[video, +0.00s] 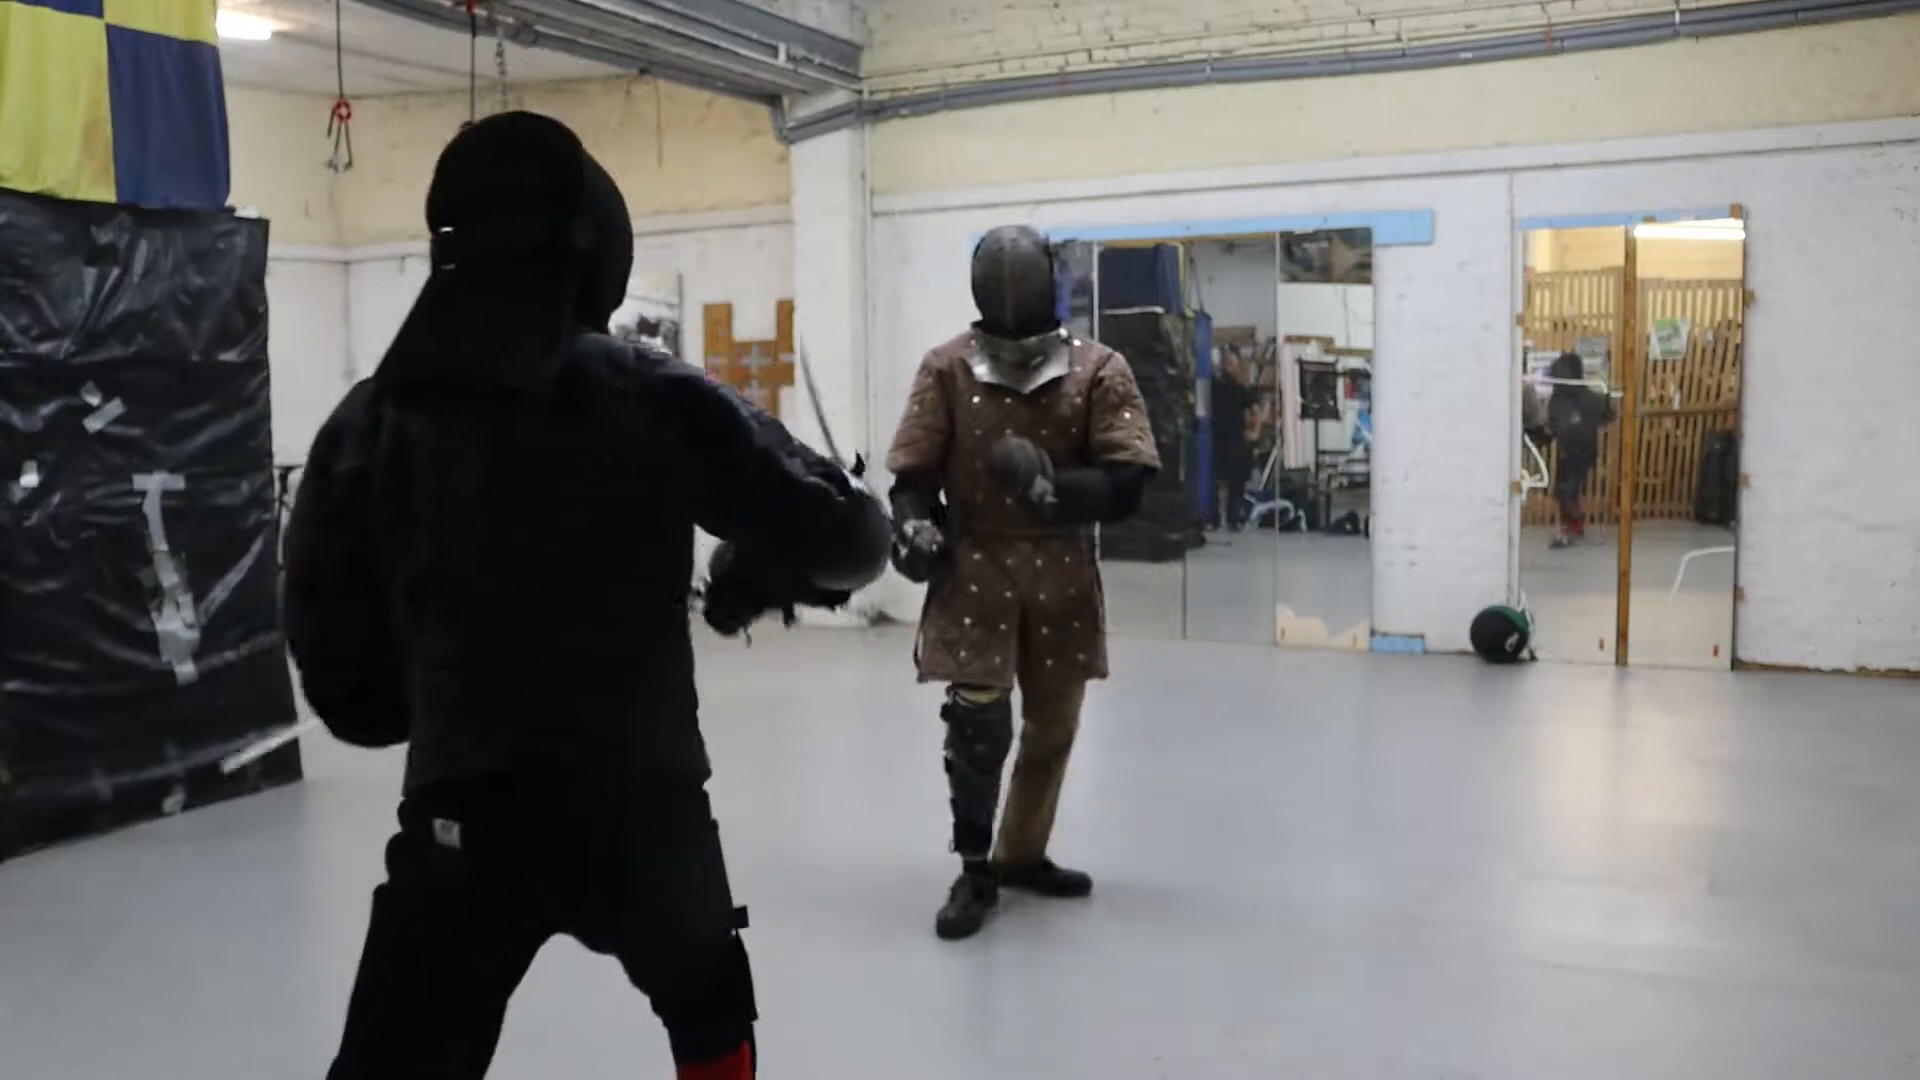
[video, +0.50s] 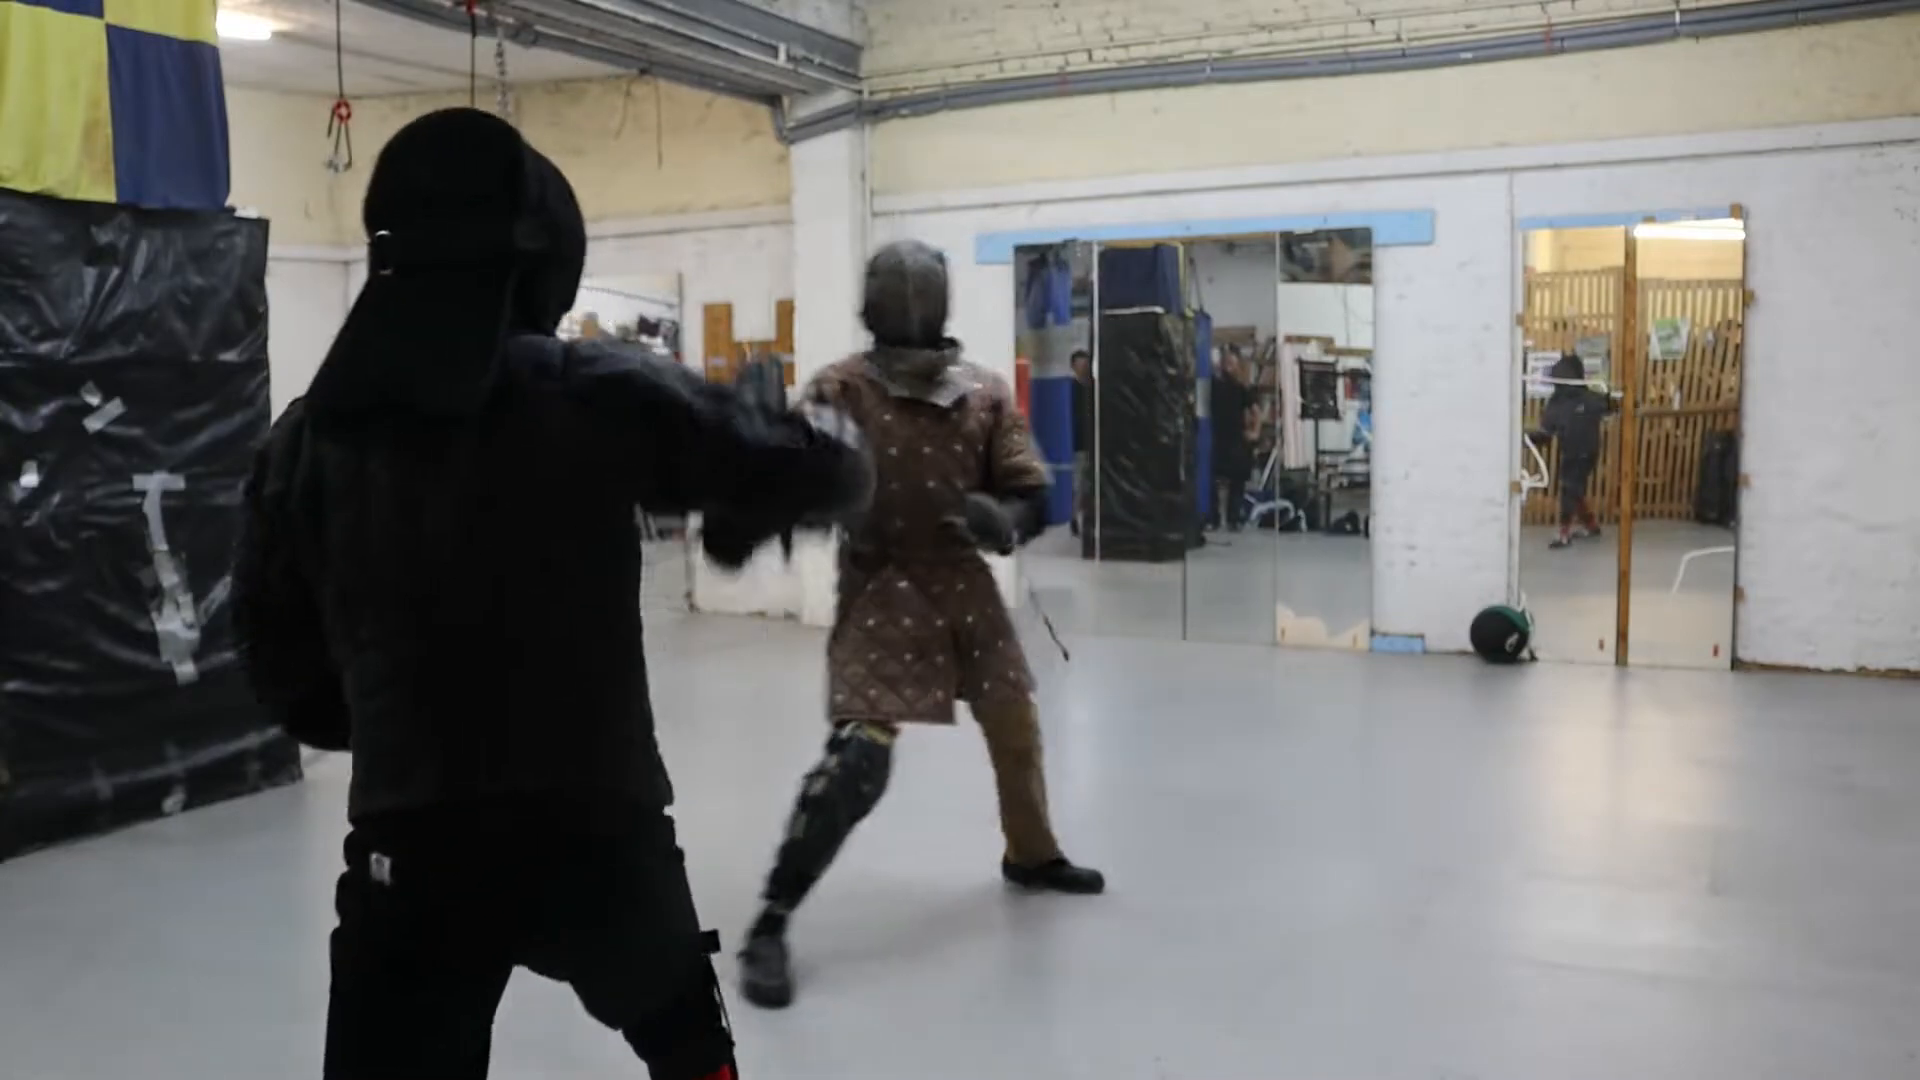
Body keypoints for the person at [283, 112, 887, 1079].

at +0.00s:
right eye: (606, 229)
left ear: (449, 251)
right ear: (594, 248)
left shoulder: (369, 425)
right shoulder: (655, 399)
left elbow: (351, 694)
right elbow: (846, 535)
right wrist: (747, 577)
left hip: (463, 833)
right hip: (644, 823)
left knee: (388, 1065)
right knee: (712, 1022)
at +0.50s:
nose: (570, 277)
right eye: (558, 247)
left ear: (389, 252)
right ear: (533, 254)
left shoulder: (311, 434)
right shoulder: (595, 396)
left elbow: (289, 683)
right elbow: (821, 473)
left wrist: (400, 717)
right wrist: (738, 505)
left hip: (415, 862)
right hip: (601, 850)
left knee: (382, 1072)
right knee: (690, 1049)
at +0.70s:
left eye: (374, 260)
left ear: (384, 274)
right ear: (533, 250)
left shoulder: (358, 440)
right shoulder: (611, 366)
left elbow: (359, 572)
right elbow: (751, 206)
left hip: (477, 845)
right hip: (643, 824)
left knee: (423, 1068)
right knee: (706, 991)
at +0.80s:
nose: (582, 299)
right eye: (573, 279)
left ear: (411, 304)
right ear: (564, 288)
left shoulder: (374, 479)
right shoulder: (629, 403)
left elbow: (354, 532)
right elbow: (792, 245)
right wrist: (767, 98)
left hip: (521, 865)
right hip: (681, 835)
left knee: (457, 1070)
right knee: (730, 977)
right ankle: (771, 1058)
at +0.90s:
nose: (626, 300)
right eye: (613, 279)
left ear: (453, 321)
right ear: (596, 300)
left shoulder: (419, 490)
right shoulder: (671, 422)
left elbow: (341, 628)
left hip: (562, 866)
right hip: (717, 840)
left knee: (486, 1069)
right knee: (770, 949)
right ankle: (812, 1070)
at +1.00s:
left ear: (520, 320)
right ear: (658, 299)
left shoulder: (491, 487)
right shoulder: (729, 420)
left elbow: (390, 709)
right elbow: (838, 377)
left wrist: (440, 595)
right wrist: (862, 259)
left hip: (617, 844)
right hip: (760, 806)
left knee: (521, 1067)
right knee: (780, 977)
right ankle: (811, 1069)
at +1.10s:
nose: (585, 295)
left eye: (595, 273)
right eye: (591, 273)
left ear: (620, 287)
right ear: (733, 280)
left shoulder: (632, 424)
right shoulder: (763, 402)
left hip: (702, 794)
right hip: (807, 772)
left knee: (605, 1052)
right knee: (767, 965)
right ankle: (813, 1071)